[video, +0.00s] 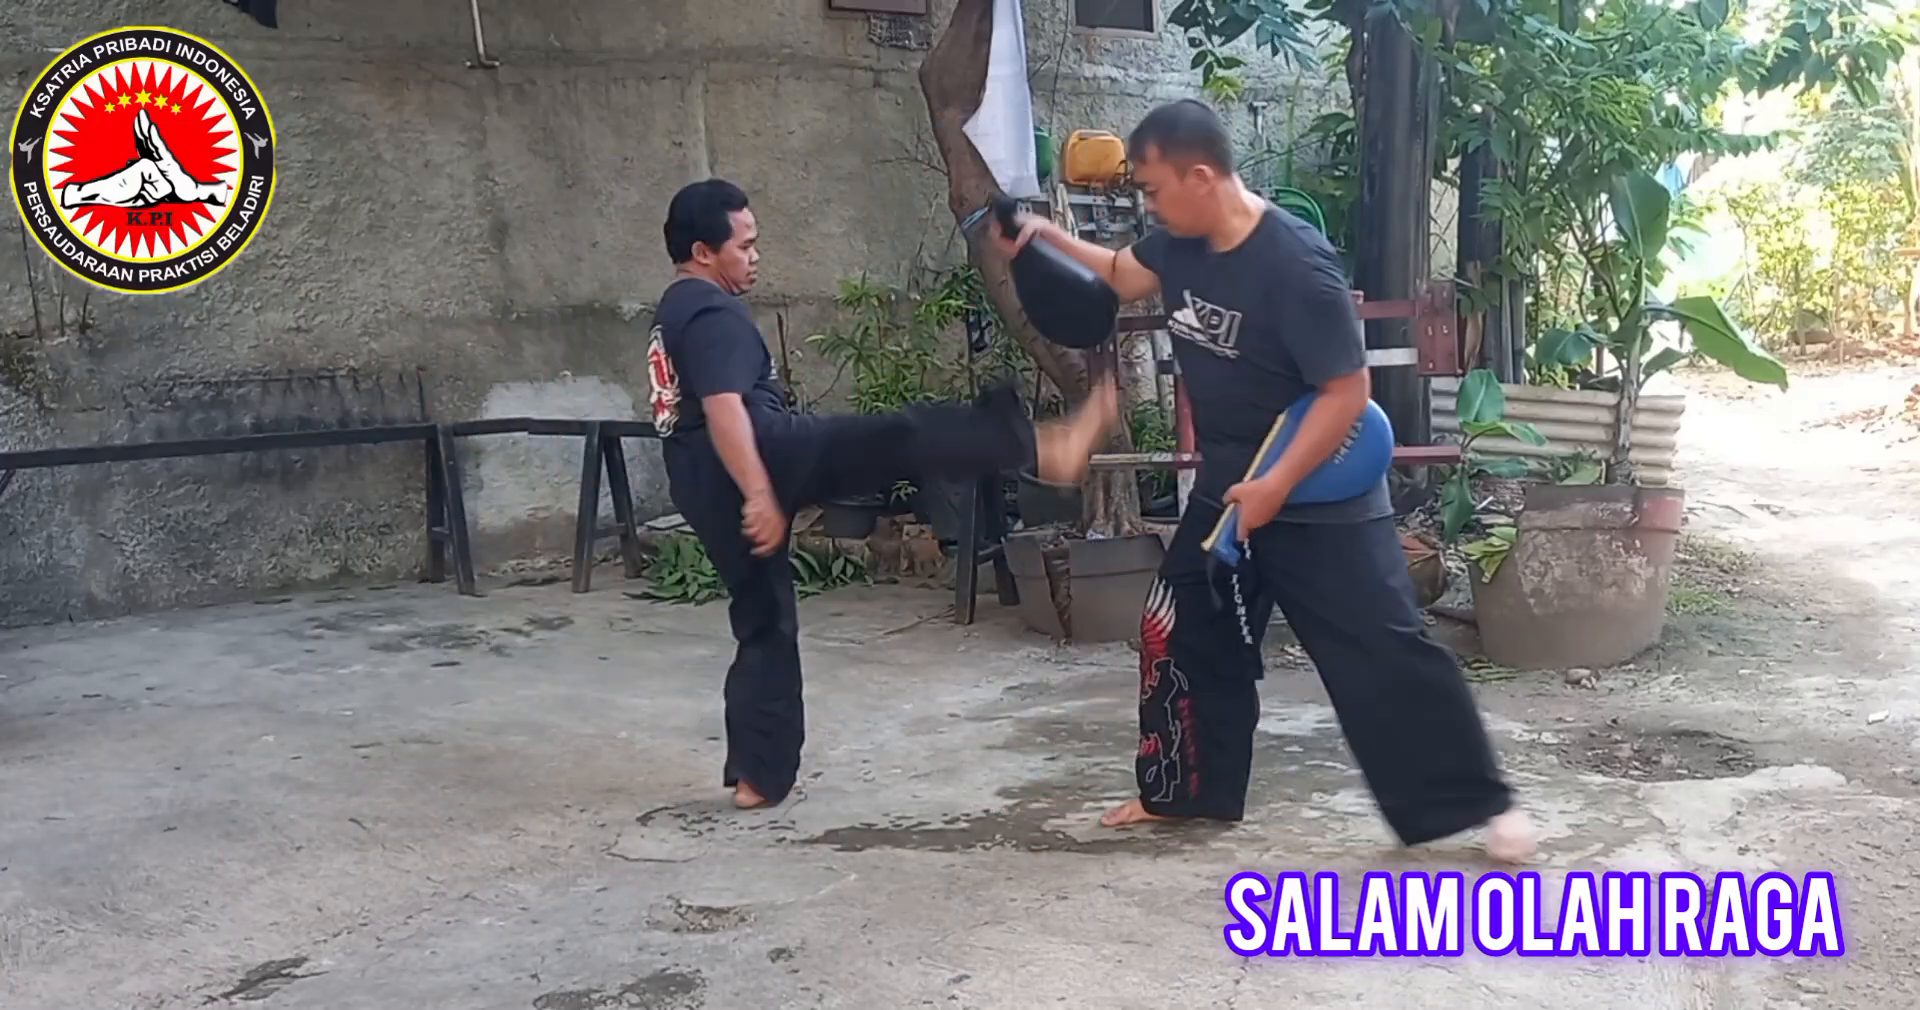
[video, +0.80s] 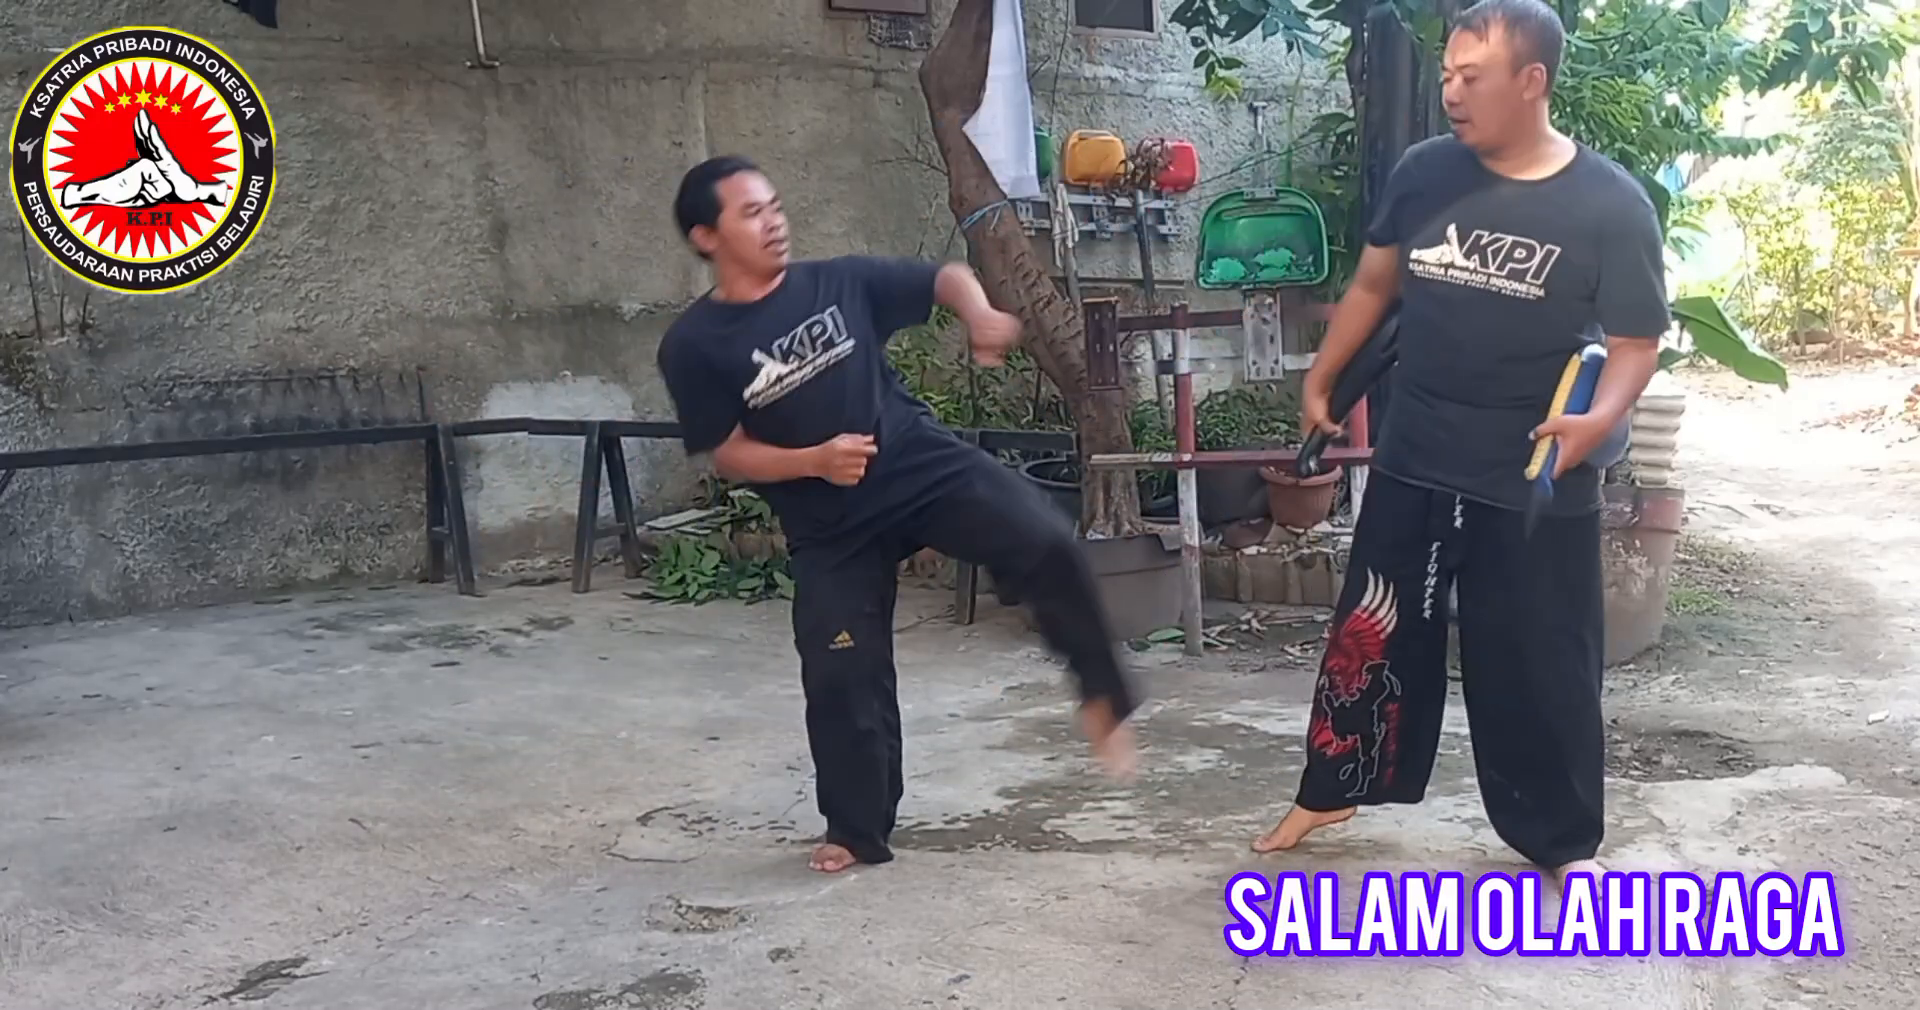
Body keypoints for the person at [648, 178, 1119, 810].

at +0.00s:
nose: (753, 256)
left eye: (752, 243)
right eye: (742, 244)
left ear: (700, 250)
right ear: (701, 250)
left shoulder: (682, 306)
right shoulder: (712, 313)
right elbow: (723, 413)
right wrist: (758, 492)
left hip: (706, 480)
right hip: (750, 463)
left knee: (764, 624)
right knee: (900, 437)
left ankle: (758, 776)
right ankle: (1051, 448)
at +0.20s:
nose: (745, 250)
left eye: (740, 237)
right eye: (732, 239)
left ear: (690, 259)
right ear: (695, 256)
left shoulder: (698, 313)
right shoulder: (732, 302)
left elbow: (763, 413)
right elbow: (782, 382)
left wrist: (840, 385)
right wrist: (882, 416)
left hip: (750, 504)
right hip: (794, 501)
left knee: (770, 643)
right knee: (870, 637)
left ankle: (755, 779)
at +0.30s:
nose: (741, 239)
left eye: (737, 228)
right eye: (727, 229)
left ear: (702, 247)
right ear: (688, 248)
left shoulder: (754, 314)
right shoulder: (695, 312)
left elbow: (864, 362)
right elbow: (731, 380)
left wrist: (885, 282)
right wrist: (830, 358)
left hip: (829, 501)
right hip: (787, 510)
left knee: (844, 630)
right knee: (834, 651)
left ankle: (768, 728)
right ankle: (805, 824)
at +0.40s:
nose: (729, 210)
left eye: (725, 198)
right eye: (712, 200)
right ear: (665, 219)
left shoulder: (781, 273)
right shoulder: (654, 305)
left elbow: (859, 356)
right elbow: (738, 344)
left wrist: (915, 418)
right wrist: (828, 307)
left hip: (874, 446)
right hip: (785, 490)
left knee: (988, 508)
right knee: (794, 648)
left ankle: (945, 579)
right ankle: (826, 814)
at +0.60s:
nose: (743, 277)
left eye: (740, 262)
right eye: (724, 268)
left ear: (744, 265)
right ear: (674, 291)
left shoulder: (795, 318)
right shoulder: (668, 398)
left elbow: (855, 389)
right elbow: (772, 451)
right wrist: (852, 378)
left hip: (892, 460)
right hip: (820, 537)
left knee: (1015, 440)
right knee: (825, 679)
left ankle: (1197, 438)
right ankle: (861, 830)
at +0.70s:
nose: (737, 270)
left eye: (737, 254)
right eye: (715, 263)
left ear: (747, 257)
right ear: (670, 290)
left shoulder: (805, 313)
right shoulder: (670, 396)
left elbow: (911, 349)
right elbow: (738, 481)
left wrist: (1006, 367)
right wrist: (840, 437)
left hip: (907, 467)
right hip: (824, 541)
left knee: (1053, 480)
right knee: (826, 680)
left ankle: (1210, 520)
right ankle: (856, 832)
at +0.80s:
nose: (774, 221)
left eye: (774, 206)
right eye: (752, 213)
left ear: (783, 210)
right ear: (706, 239)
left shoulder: (835, 279)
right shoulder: (692, 347)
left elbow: (944, 277)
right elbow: (726, 453)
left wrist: (980, 316)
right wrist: (813, 460)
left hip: (925, 472)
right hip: (831, 531)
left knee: (1046, 540)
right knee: (839, 677)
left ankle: (1104, 699)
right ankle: (857, 834)